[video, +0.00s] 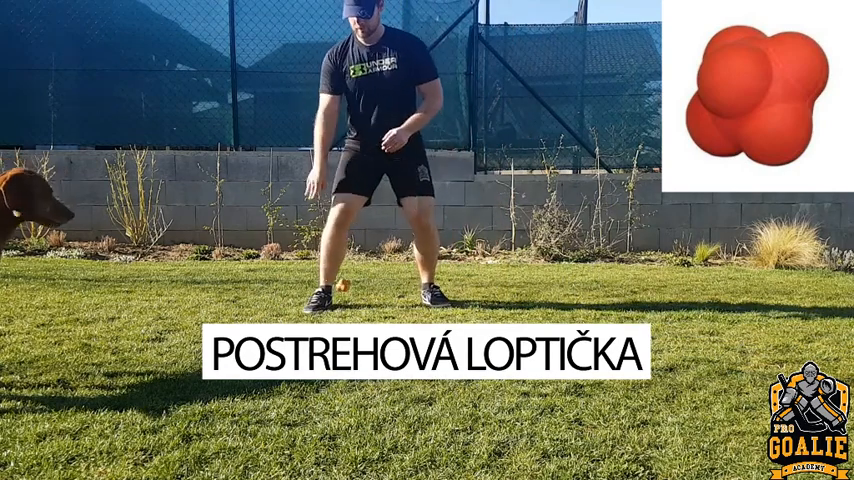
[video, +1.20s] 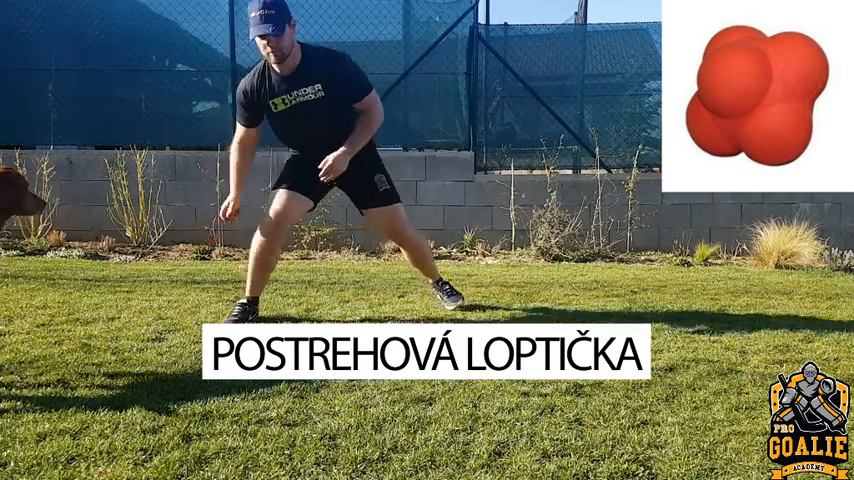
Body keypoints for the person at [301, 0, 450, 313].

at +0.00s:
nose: (359, 22)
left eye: (365, 14)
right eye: (353, 16)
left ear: (380, 9)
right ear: (346, 16)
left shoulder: (410, 46)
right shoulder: (336, 57)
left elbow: (434, 98)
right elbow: (327, 112)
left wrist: (406, 130)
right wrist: (319, 164)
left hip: (405, 143)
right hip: (361, 145)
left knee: (421, 214)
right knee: (340, 212)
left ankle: (429, 286)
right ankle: (324, 290)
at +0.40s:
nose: (338, 33)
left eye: (345, 24)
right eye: (332, 26)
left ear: (363, 21)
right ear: (327, 27)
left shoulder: (398, 60)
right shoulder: (323, 71)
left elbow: (420, 117)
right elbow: (297, 117)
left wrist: (391, 155)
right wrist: (280, 145)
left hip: (397, 148)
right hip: (351, 149)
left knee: (410, 226)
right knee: (319, 196)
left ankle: (428, 288)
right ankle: (295, 277)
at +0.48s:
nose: (315, 51)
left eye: (322, 41)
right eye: (309, 44)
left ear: (340, 39)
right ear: (304, 48)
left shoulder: (377, 72)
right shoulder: (305, 90)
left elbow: (407, 123)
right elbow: (270, 125)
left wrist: (380, 160)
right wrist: (249, 137)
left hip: (386, 152)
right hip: (341, 155)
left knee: (411, 227)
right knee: (305, 202)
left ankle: (428, 287)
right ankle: (265, 279)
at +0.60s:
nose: (289, 76)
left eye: (294, 67)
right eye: (282, 70)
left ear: (313, 62)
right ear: (276, 72)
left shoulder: (348, 87)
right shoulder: (282, 111)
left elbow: (392, 126)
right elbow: (250, 143)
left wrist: (377, 169)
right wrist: (214, 168)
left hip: (367, 164)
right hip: (320, 170)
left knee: (406, 234)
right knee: (287, 217)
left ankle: (428, 287)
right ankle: (252, 299)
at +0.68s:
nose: (261, 98)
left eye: (267, 87)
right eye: (254, 91)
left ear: (284, 81)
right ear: (247, 92)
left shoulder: (324, 101)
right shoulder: (254, 130)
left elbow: (369, 128)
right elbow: (225, 183)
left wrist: (372, 176)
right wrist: (206, 232)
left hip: (343, 177)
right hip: (294, 183)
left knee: (389, 240)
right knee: (259, 216)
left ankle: (424, 287)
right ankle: (247, 304)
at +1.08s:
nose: (238, 66)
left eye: (244, 56)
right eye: (231, 59)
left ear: (264, 48)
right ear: (224, 61)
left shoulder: (310, 79)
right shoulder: (229, 109)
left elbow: (354, 121)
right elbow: (221, 163)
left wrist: (327, 166)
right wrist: (211, 219)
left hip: (338, 158)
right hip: (289, 167)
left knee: (386, 235)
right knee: (255, 219)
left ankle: (427, 280)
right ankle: (247, 304)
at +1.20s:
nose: (269, 43)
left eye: (275, 33)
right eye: (261, 37)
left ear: (292, 28)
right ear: (254, 39)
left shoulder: (334, 64)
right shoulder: (252, 89)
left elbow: (373, 112)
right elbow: (243, 142)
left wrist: (346, 152)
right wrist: (234, 192)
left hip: (357, 152)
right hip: (307, 159)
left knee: (400, 233)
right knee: (273, 223)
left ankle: (439, 283)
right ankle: (249, 304)